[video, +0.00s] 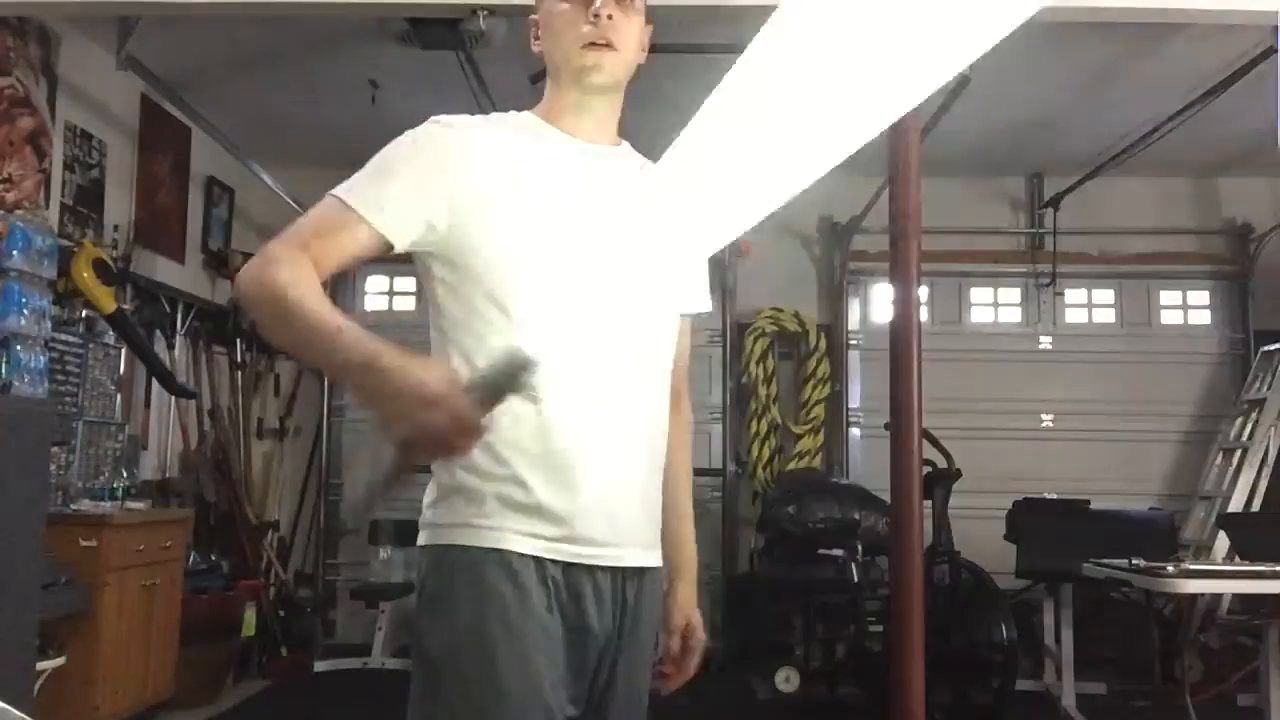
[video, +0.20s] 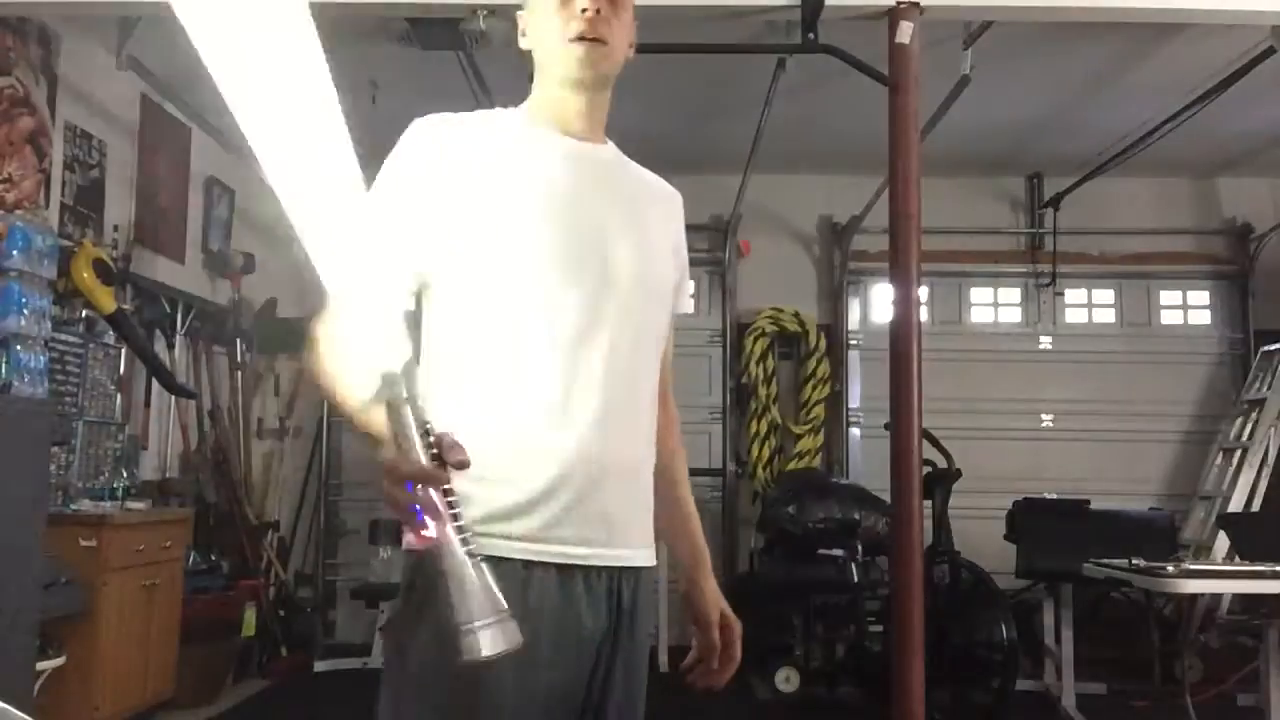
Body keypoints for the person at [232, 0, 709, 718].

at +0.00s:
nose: (600, 10)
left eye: (623, 2)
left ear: (647, 41)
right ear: (538, 30)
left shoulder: (664, 201)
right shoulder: (456, 150)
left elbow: (673, 403)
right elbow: (269, 273)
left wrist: (681, 577)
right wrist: (381, 371)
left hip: (633, 571)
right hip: (495, 561)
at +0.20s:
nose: (590, 9)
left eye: (610, 0)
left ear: (633, 35)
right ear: (524, 25)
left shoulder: (661, 204)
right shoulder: (441, 151)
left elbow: (653, 399)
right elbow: (336, 336)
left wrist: (697, 572)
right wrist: (395, 430)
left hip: (624, 585)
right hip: (480, 574)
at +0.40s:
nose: (574, 8)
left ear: (620, 36)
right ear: (511, 29)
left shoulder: (657, 201)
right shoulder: (438, 150)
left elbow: (659, 407)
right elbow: (397, 351)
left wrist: (692, 582)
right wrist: (495, 388)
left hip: (619, 573)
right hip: (472, 564)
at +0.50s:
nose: (571, 10)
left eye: (593, 1)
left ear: (618, 40)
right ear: (508, 30)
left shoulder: (660, 202)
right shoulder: (435, 151)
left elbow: (664, 403)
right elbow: (372, 355)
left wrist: (692, 581)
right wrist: (497, 355)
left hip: (614, 571)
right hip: (464, 561)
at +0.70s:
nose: (564, 10)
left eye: (589, 1)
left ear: (617, 40)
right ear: (507, 32)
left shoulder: (661, 202)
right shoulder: (430, 157)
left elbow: (670, 398)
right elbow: (282, 302)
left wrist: (702, 573)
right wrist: (431, 364)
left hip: (617, 574)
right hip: (459, 563)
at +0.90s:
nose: (568, 15)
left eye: (590, 4)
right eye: (543, 3)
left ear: (619, 37)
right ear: (494, 24)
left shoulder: (654, 206)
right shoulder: (431, 158)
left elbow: (662, 404)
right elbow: (306, 322)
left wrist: (706, 563)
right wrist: (406, 419)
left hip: (614, 576)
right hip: (470, 568)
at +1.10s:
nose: (572, 14)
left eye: (594, 4)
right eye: (547, 2)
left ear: (618, 43)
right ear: (508, 38)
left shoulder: (651, 205)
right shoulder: (441, 153)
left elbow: (647, 395)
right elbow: (407, 351)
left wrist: (687, 557)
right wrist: (492, 424)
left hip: (610, 567)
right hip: (469, 558)